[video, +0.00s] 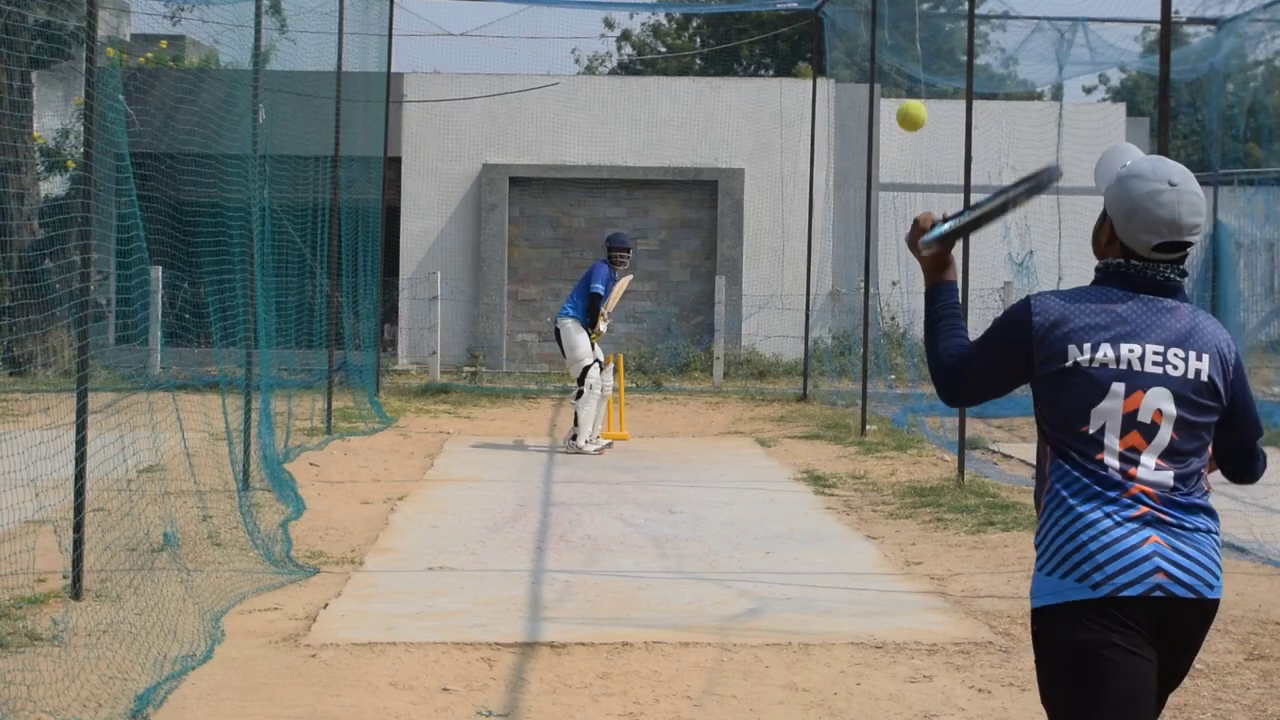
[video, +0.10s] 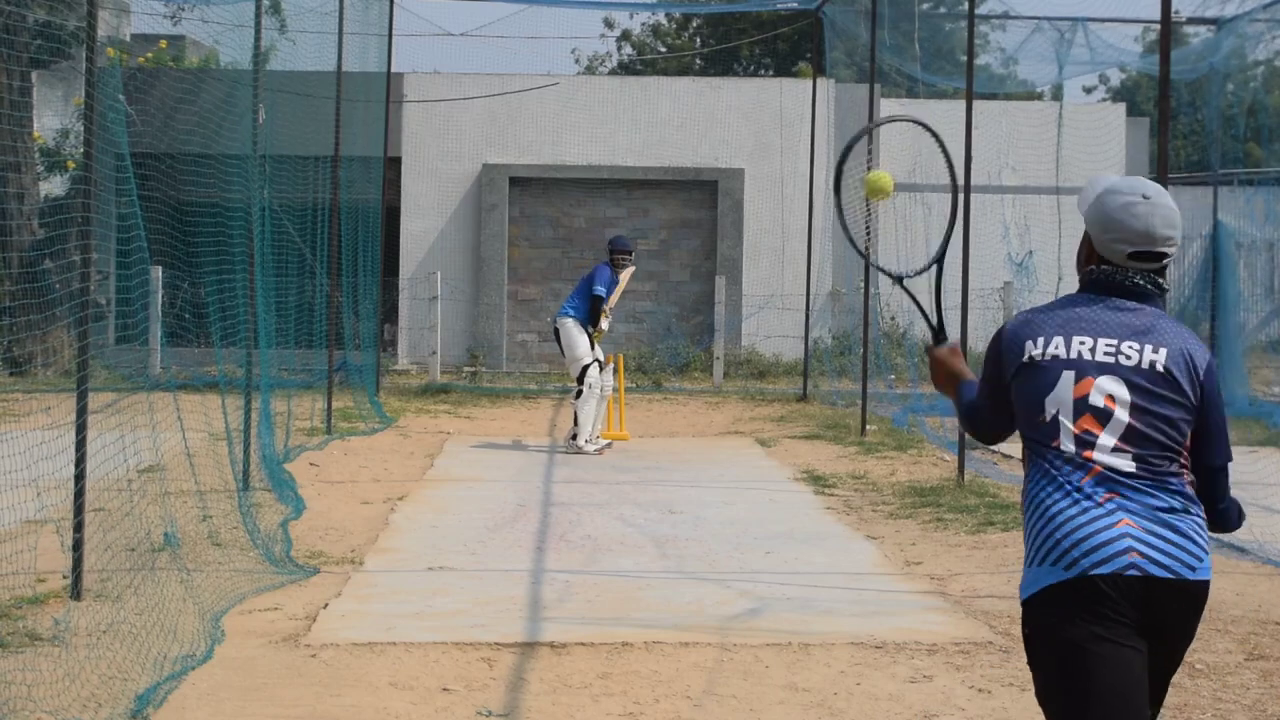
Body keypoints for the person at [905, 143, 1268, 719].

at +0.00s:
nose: (1098, 222)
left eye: (1103, 214)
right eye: (1104, 210)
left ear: (1108, 234)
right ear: (1185, 245)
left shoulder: (1048, 317)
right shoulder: (1213, 338)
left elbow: (957, 383)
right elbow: (1246, 464)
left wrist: (939, 277)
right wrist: (1204, 429)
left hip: (1088, 581)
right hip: (1193, 586)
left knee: (1096, 708)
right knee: (1129, 709)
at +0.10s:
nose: (1078, 245)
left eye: (1082, 237)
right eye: (1084, 235)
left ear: (1088, 251)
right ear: (1162, 262)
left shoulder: (1023, 334)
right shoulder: (1192, 350)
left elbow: (987, 423)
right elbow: (1211, 475)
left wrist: (956, 381)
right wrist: (1222, 513)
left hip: (1078, 566)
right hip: (1180, 572)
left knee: (1096, 707)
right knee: (1134, 708)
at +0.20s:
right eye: (1136, 265)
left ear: (1059, 268)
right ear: (1135, 272)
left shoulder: (1009, 342)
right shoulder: (1162, 341)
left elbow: (1009, 453)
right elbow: (1205, 462)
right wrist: (1231, 509)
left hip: (1052, 543)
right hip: (1156, 543)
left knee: (1086, 707)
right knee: (1136, 704)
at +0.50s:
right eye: (1111, 239)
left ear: (1037, 247)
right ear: (1110, 246)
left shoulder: (984, 314)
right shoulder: (1141, 314)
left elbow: (977, 438)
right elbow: (1183, 420)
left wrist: (1003, 502)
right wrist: (1212, 480)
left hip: (1024, 509)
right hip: (1128, 513)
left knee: (1020, 697)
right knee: (1106, 696)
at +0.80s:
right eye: (1094, 209)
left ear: (1018, 212)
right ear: (1095, 217)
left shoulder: (956, 287)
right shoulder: (1122, 298)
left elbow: (916, 420)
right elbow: (1149, 421)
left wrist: (924, 524)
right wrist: (1158, 476)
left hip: (995, 515)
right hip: (1102, 521)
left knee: (996, 701)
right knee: (1084, 700)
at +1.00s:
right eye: (1072, 193)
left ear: (998, 197)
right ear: (1076, 202)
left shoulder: (938, 275)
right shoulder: (1107, 291)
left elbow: (893, 411)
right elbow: (1139, 417)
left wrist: (901, 513)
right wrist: (1147, 476)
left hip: (976, 518)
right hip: (1084, 523)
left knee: (983, 701)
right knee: (1069, 698)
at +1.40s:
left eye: (979, 179)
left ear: (980, 187)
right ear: (1061, 189)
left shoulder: (928, 271)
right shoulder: (1102, 281)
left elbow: (885, 404)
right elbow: (1125, 411)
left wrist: (951, 460)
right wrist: (1129, 474)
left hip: (979, 531)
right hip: (1091, 531)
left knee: (990, 708)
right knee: (1086, 705)